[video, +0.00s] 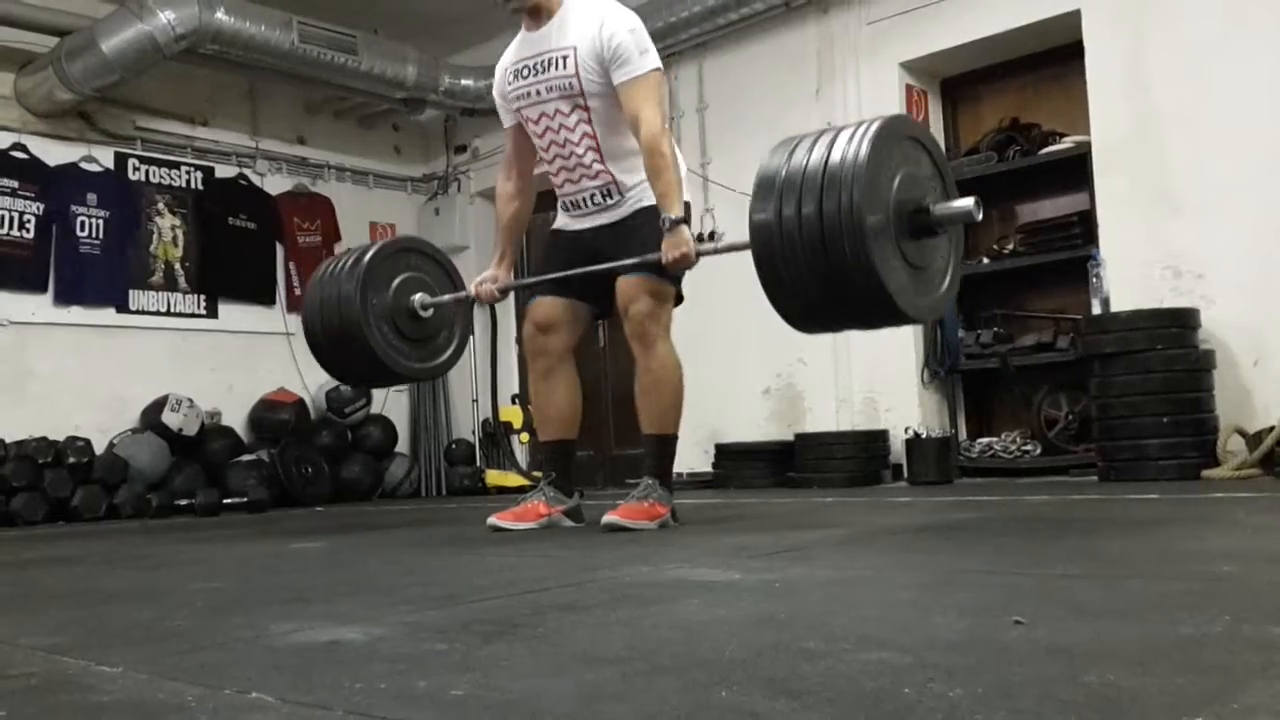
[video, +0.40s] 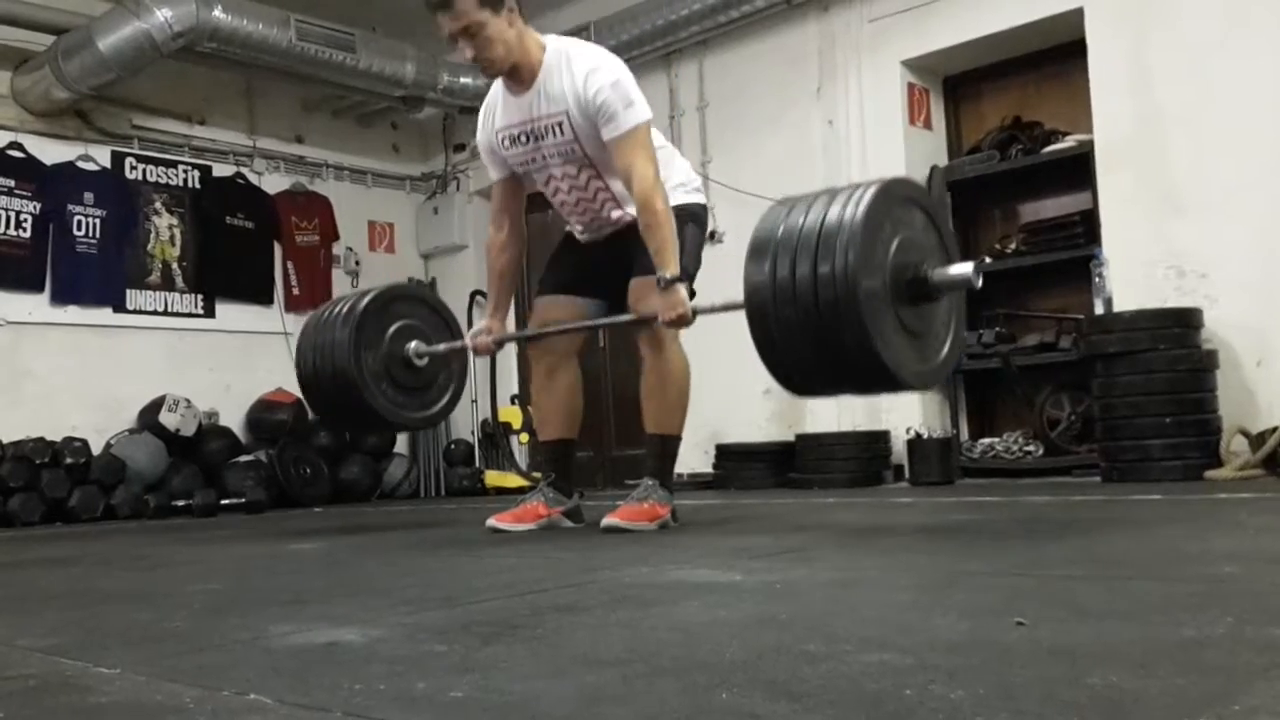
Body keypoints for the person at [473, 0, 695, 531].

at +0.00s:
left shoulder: (608, 23)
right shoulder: (508, 69)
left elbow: (651, 127)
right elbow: (516, 175)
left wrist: (674, 219)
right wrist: (502, 261)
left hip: (639, 207)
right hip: (572, 221)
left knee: (643, 317)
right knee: (543, 333)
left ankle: (657, 487)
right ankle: (557, 491)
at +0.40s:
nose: (466, 51)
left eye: (472, 32)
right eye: (456, 42)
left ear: (511, 13)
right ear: (451, 46)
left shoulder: (593, 73)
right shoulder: (493, 118)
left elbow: (644, 180)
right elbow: (505, 224)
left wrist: (668, 278)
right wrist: (496, 316)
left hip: (661, 209)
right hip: (592, 230)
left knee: (650, 315)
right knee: (547, 334)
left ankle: (657, 489)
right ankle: (556, 492)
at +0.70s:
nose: (454, 123)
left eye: (461, 103)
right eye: (444, 112)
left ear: (500, 81)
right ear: (441, 112)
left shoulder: (585, 134)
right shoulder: (489, 179)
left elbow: (642, 240)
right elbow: (503, 283)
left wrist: (669, 347)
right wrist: (495, 372)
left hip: (670, 222)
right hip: (596, 252)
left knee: (640, 309)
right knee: (536, 337)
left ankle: (656, 490)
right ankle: (557, 493)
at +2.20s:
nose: (449, 64)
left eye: (456, 45)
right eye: (439, 53)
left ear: (498, 29)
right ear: (436, 57)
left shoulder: (578, 94)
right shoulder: (482, 136)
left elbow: (638, 196)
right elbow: (497, 236)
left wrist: (664, 293)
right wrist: (487, 329)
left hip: (652, 213)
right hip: (582, 233)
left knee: (636, 309)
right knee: (535, 329)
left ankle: (653, 487)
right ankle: (556, 490)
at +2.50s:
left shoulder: (599, 27)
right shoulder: (501, 73)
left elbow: (643, 127)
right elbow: (509, 177)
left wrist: (664, 219)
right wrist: (489, 265)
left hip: (626, 208)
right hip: (559, 221)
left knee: (630, 318)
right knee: (529, 335)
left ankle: (654, 488)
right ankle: (557, 491)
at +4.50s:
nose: (465, 41)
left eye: (472, 20)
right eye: (456, 29)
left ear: (514, 9)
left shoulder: (593, 71)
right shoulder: (494, 114)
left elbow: (643, 178)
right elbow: (504, 221)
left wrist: (668, 276)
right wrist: (494, 311)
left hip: (658, 207)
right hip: (588, 226)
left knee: (651, 316)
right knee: (547, 333)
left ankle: (658, 489)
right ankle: (557, 491)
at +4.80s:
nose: (454, 126)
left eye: (461, 106)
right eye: (444, 115)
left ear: (500, 85)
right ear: (442, 115)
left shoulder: (584, 136)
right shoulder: (488, 179)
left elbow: (644, 245)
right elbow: (504, 283)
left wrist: (671, 351)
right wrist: (495, 372)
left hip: (669, 221)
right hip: (595, 250)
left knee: (640, 312)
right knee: (537, 335)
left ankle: (657, 491)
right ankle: (558, 494)